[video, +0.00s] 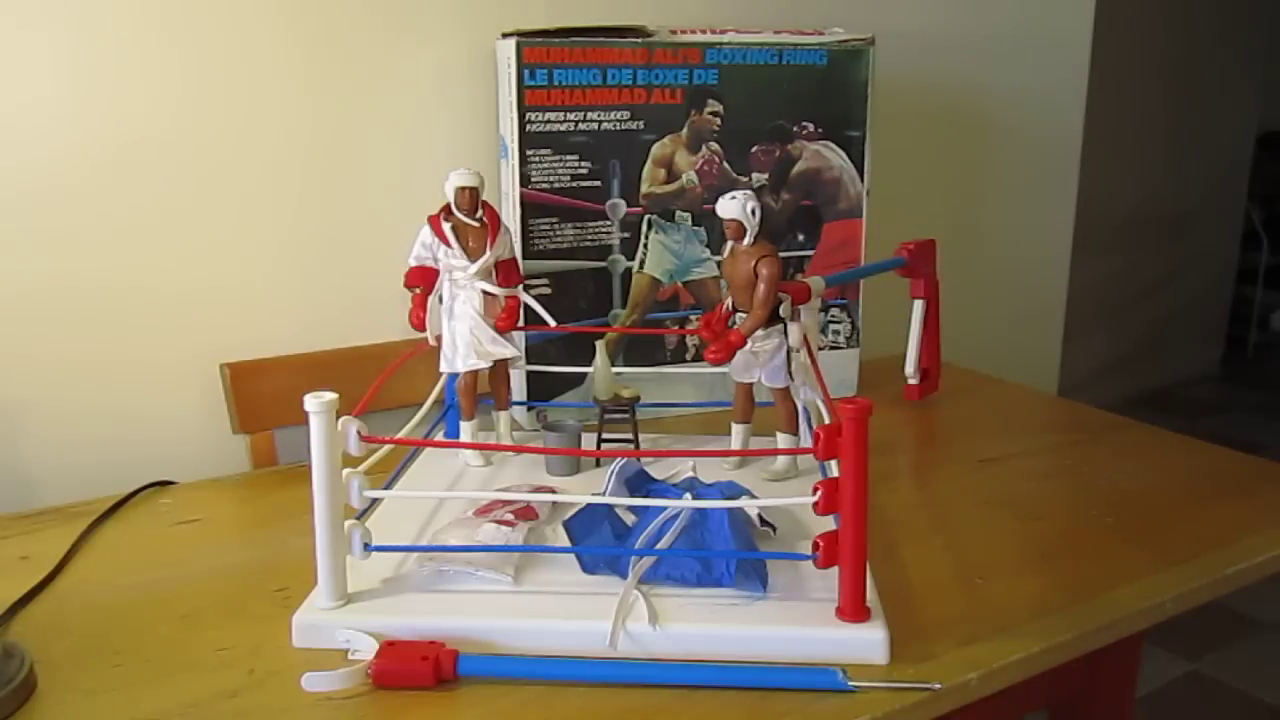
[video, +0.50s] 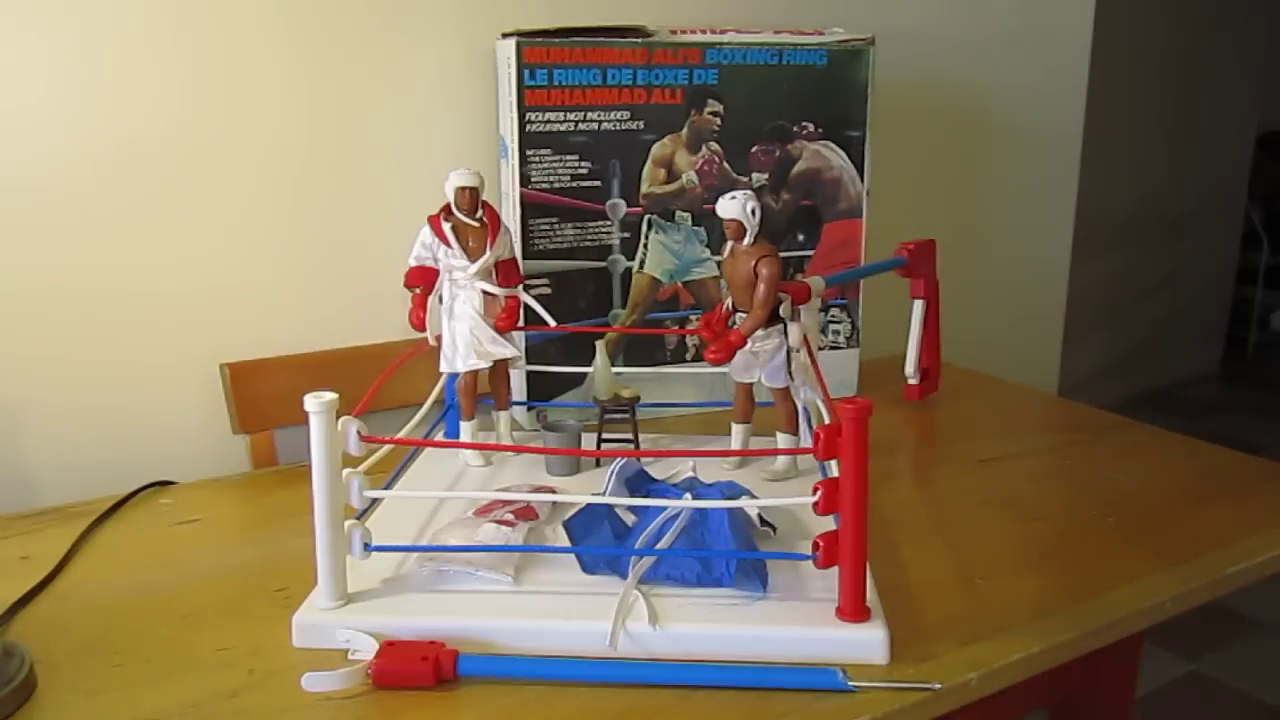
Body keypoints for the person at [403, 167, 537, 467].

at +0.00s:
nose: (466, 198)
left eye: (471, 191)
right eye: (460, 191)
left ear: (480, 194)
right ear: (450, 195)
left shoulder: (497, 228)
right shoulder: (435, 230)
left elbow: (509, 271)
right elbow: (421, 270)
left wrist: (511, 306)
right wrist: (420, 307)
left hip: (492, 302)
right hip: (457, 304)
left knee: (500, 364)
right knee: (468, 369)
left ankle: (505, 433)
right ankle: (469, 441)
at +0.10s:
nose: (467, 198)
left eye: (472, 191)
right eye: (461, 191)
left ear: (480, 194)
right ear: (450, 195)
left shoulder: (496, 228)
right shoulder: (435, 230)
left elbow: (508, 270)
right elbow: (421, 271)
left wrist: (511, 306)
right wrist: (422, 310)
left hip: (492, 302)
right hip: (457, 304)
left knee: (500, 364)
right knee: (468, 369)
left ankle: (504, 433)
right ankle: (469, 441)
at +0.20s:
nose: (467, 197)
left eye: (472, 191)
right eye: (461, 191)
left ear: (480, 194)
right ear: (450, 195)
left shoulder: (496, 228)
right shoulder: (435, 229)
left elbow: (508, 271)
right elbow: (422, 272)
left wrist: (511, 306)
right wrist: (421, 310)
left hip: (492, 303)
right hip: (457, 304)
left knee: (500, 365)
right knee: (468, 370)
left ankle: (504, 433)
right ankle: (469, 441)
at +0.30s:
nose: (467, 198)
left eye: (472, 191)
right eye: (461, 191)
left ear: (480, 194)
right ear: (451, 195)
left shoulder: (495, 227)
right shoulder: (436, 229)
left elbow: (509, 270)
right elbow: (421, 273)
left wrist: (511, 306)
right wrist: (422, 313)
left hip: (492, 303)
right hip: (457, 305)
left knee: (500, 364)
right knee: (468, 370)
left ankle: (505, 432)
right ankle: (469, 440)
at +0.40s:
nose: (467, 198)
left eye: (472, 191)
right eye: (460, 191)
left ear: (480, 194)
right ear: (450, 195)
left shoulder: (496, 227)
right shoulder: (436, 229)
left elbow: (508, 270)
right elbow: (421, 271)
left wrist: (511, 306)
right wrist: (422, 310)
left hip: (491, 301)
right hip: (457, 303)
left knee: (500, 365)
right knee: (468, 369)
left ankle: (505, 434)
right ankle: (469, 441)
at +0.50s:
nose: (467, 198)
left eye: (472, 191)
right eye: (461, 191)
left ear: (480, 194)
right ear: (450, 195)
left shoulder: (496, 228)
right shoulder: (435, 229)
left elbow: (508, 270)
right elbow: (421, 271)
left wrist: (511, 306)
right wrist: (421, 309)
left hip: (492, 302)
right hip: (457, 304)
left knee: (500, 364)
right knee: (468, 369)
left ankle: (504, 433)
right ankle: (469, 441)